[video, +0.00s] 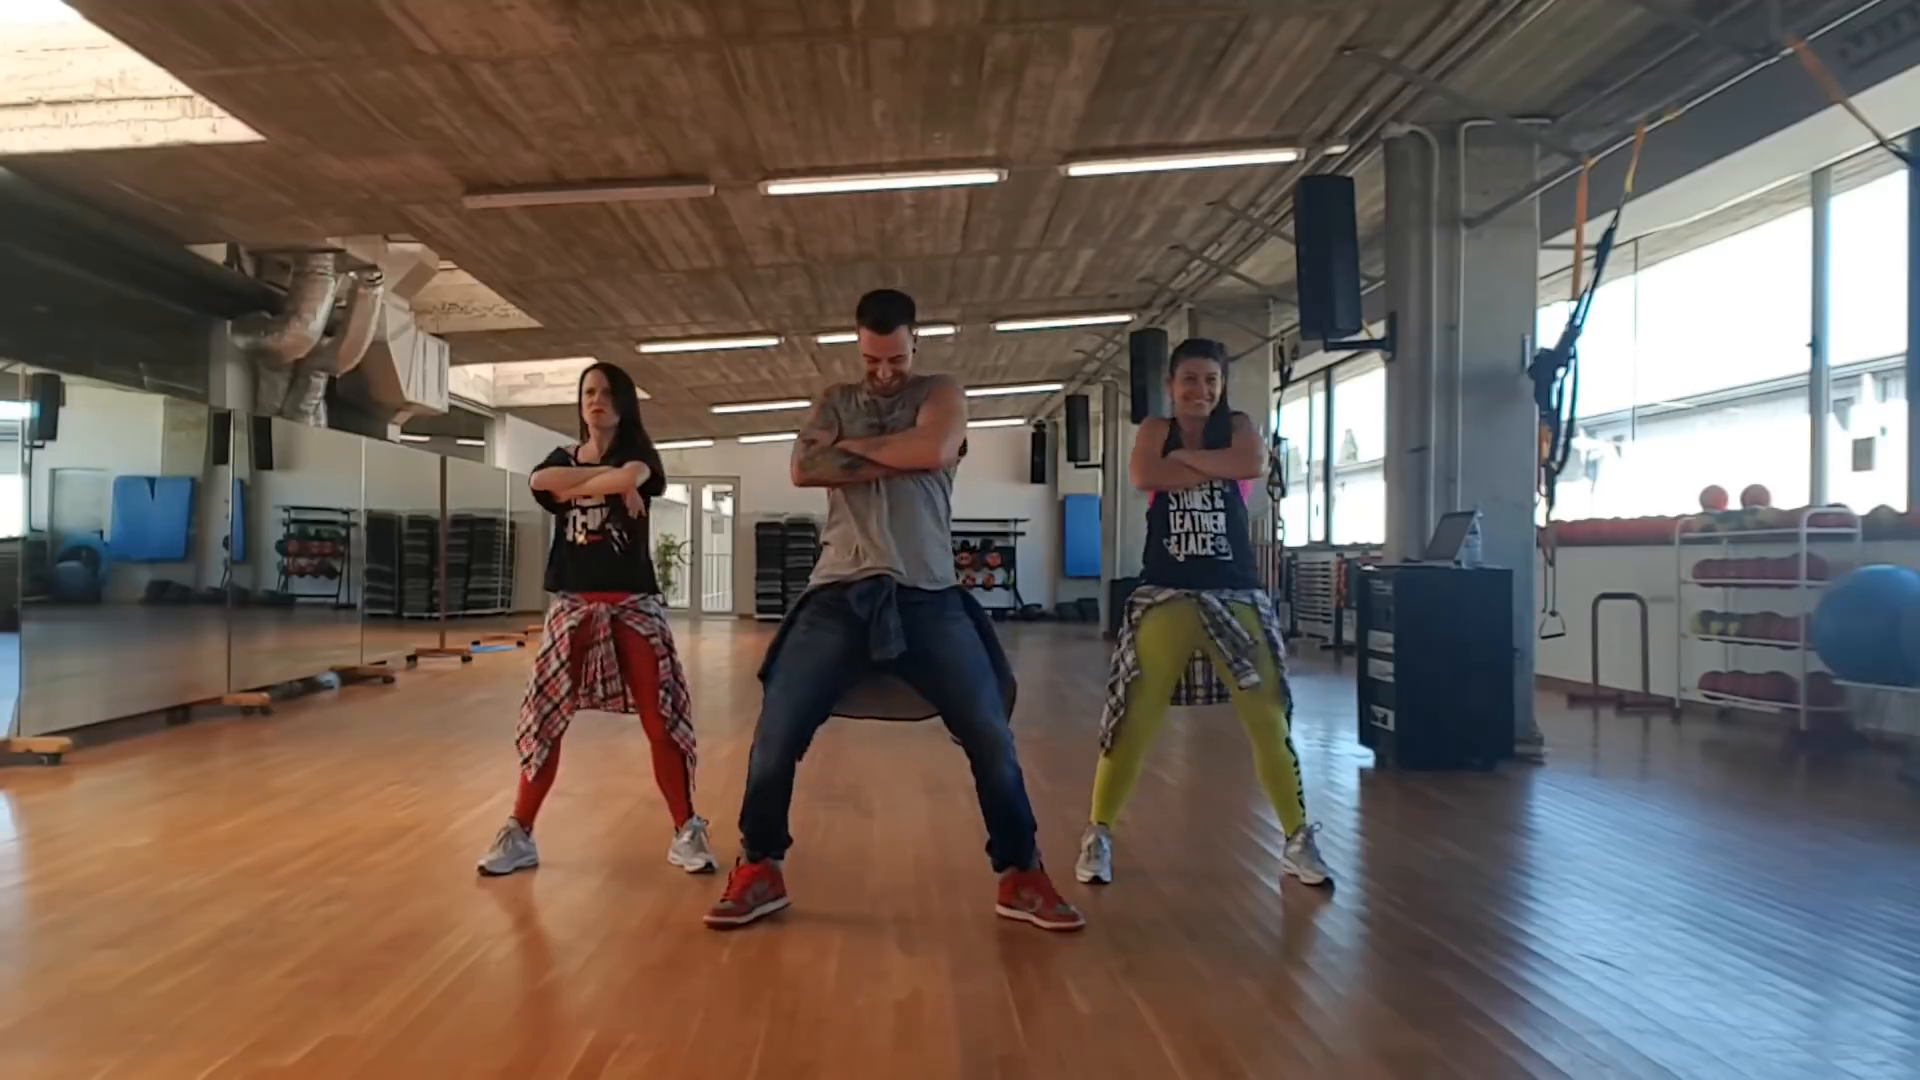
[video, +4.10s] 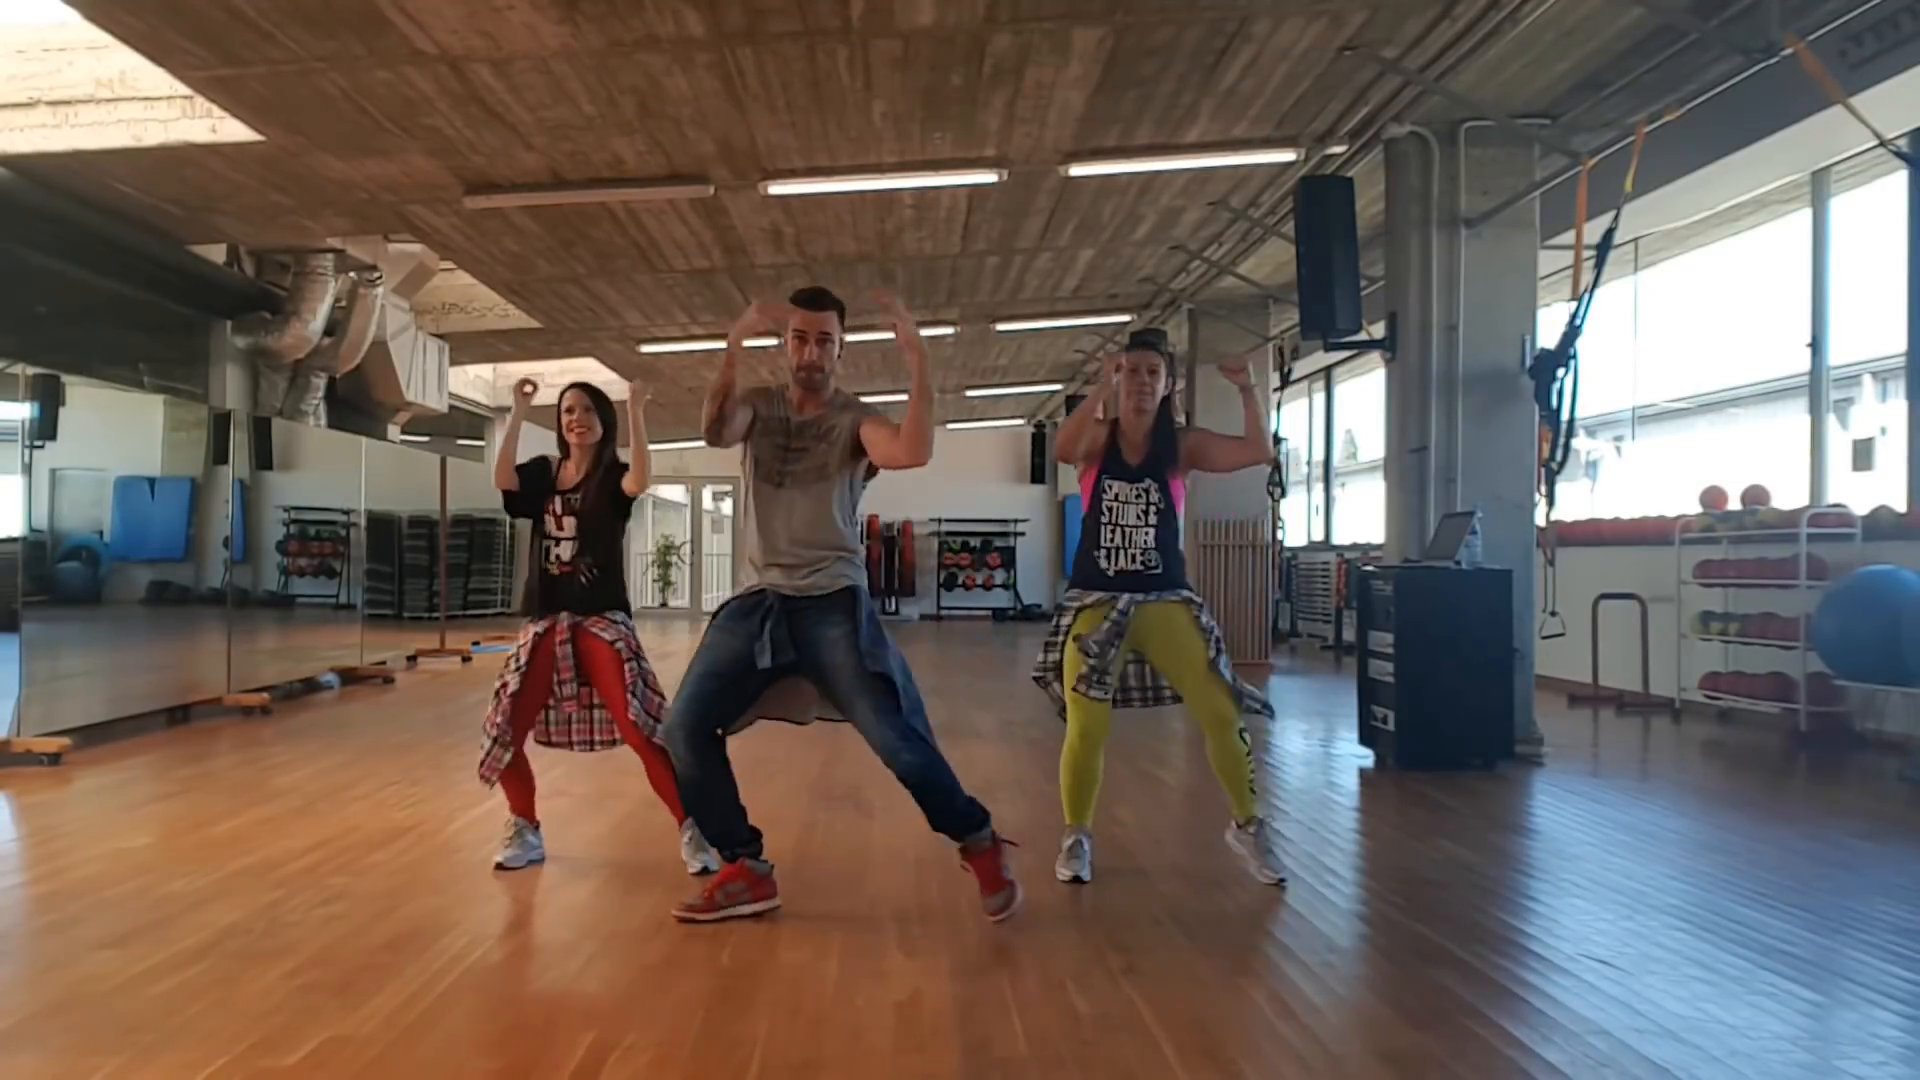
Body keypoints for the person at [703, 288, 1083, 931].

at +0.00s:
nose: (881, 370)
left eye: (893, 357)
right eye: (871, 358)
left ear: (913, 343)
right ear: (856, 346)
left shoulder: (941, 392)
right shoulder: (835, 401)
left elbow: (933, 448)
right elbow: (804, 470)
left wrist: (842, 444)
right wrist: (900, 458)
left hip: (927, 591)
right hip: (838, 590)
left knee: (987, 728)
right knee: (777, 728)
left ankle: (1020, 875)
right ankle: (759, 869)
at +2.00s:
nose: (880, 317)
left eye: (891, 306)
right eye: (868, 305)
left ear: (907, 317)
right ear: (849, 315)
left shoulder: (930, 386)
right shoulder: (823, 390)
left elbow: (918, 453)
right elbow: (788, 472)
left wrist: (827, 442)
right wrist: (877, 458)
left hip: (918, 591)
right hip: (828, 589)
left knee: (978, 730)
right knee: (770, 730)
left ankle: (1013, 874)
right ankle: (758, 869)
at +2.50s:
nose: (909, 309)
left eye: (920, 301)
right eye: (897, 301)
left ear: (937, 321)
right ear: (878, 321)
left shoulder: (963, 396)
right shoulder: (853, 392)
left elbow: (977, 476)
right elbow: (835, 480)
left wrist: (882, 458)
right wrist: (931, 488)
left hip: (954, 592)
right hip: (866, 592)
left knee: (1005, 727)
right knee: (809, 731)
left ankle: (1025, 873)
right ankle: (775, 872)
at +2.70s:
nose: (914, 316)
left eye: (925, 307)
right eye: (903, 307)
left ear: (942, 325)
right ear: (883, 326)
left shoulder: (970, 398)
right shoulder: (855, 397)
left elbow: (1028, 461)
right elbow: (816, 470)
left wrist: (975, 448)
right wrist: (859, 480)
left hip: (955, 592)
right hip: (866, 591)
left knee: (1006, 730)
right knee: (810, 726)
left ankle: (1025, 873)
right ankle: (775, 871)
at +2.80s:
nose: (912, 314)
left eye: (923, 305)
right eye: (901, 305)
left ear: (940, 320)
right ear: (882, 321)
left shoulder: (964, 393)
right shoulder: (858, 391)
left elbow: (1012, 458)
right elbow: (819, 457)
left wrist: (994, 379)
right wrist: (842, 380)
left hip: (952, 588)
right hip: (864, 585)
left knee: (1005, 729)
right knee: (809, 723)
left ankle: (1025, 873)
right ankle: (773, 871)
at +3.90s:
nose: (852, 364)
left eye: (865, 352)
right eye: (842, 351)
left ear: (880, 358)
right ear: (826, 357)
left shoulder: (900, 431)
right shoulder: (807, 424)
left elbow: (957, 467)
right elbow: (782, 460)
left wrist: (958, 380)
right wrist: (797, 377)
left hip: (873, 621)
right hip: (801, 620)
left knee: (934, 757)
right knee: (708, 721)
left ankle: (1055, 854)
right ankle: (748, 871)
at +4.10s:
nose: (810, 353)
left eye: (823, 341)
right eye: (799, 339)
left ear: (840, 348)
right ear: (783, 344)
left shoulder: (855, 421)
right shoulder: (756, 410)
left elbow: (912, 451)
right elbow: (713, 431)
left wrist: (916, 357)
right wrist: (734, 343)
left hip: (833, 598)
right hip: (758, 597)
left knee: (893, 738)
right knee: (685, 727)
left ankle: (980, 846)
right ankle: (745, 869)